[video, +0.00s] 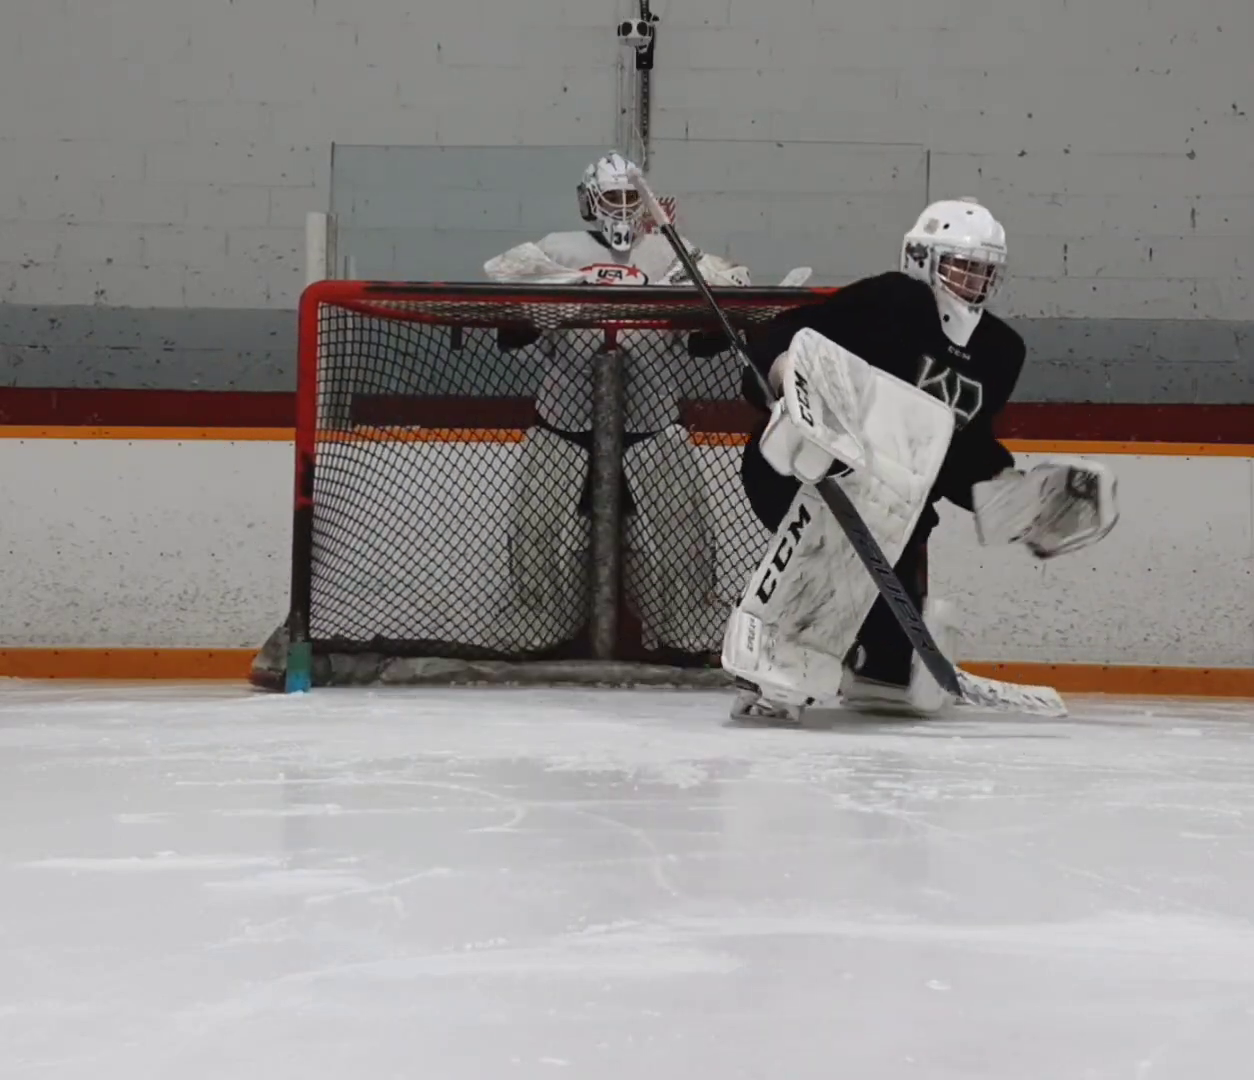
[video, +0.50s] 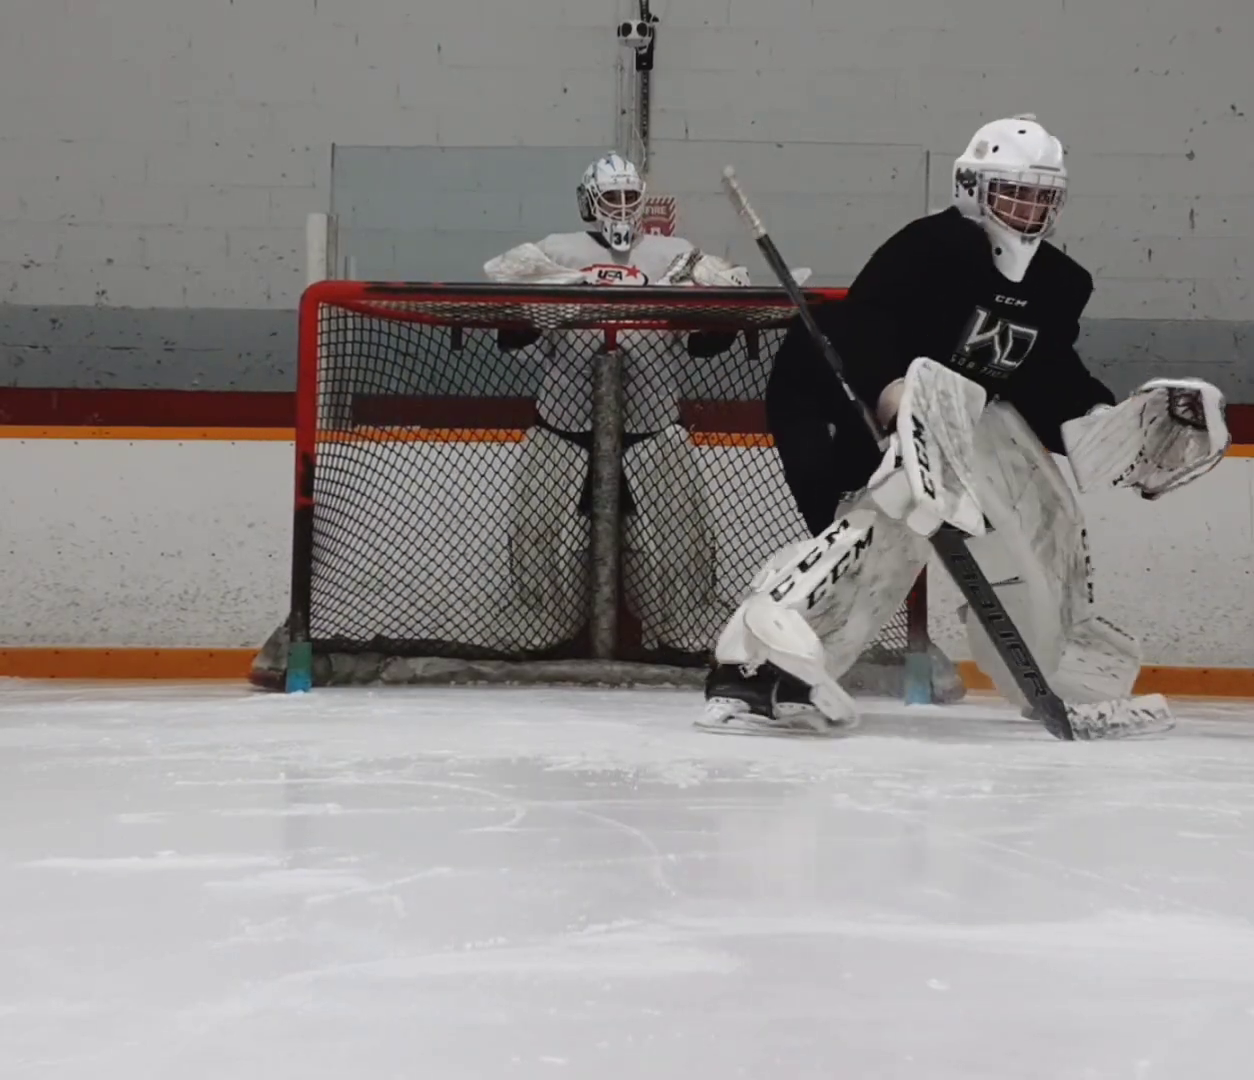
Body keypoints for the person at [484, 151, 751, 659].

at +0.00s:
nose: (620, 208)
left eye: (629, 198)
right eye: (608, 199)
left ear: (646, 201)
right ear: (588, 203)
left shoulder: (671, 255)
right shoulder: (560, 249)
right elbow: (508, 333)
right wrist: (567, 288)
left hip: (651, 432)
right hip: (564, 429)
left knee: (676, 531)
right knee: (542, 531)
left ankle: (677, 641)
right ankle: (543, 640)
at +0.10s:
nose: (621, 208)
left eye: (630, 198)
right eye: (609, 198)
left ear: (644, 201)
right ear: (588, 202)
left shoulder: (675, 257)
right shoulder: (557, 251)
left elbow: (709, 341)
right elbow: (509, 335)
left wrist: (712, 290)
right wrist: (561, 298)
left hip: (651, 433)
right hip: (564, 430)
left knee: (676, 536)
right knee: (542, 534)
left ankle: (678, 642)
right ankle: (543, 642)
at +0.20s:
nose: (622, 208)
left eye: (631, 198)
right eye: (610, 198)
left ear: (642, 201)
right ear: (588, 202)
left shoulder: (674, 256)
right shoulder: (556, 251)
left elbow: (709, 342)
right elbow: (509, 336)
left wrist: (716, 292)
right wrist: (557, 295)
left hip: (651, 434)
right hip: (564, 431)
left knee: (675, 538)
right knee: (540, 536)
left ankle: (674, 641)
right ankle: (544, 644)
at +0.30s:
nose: (622, 208)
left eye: (631, 199)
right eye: (610, 199)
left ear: (642, 203)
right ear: (588, 203)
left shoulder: (674, 257)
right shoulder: (556, 252)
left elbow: (709, 342)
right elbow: (509, 336)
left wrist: (714, 292)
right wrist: (561, 294)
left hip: (651, 434)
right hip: (565, 431)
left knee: (674, 537)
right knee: (542, 534)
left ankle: (674, 640)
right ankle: (549, 641)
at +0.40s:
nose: (622, 209)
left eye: (630, 199)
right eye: (610, 199)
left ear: (642, 203)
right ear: (588, 204)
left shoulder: (673, 257)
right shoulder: (557, 252)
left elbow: (709, 342)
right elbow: (509, 336)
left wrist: (709, 290)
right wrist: (564, 291)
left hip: (651, 434)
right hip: (564, 431)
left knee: (675, 536)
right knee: (538, 532)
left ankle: (675, 640)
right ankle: (545, 640)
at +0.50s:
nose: (620, 208)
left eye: (629, 198)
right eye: (609, 198)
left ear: (641, 201)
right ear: (588, 202)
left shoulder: (673, 257)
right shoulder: (557, 252)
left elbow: (709, 343)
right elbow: (509, 336)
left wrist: (714, 291)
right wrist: (556, 295)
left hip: (652, 434)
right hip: (564, 431)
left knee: (676, 539)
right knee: (540, 537)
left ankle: (673, 643)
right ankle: (544, 646)